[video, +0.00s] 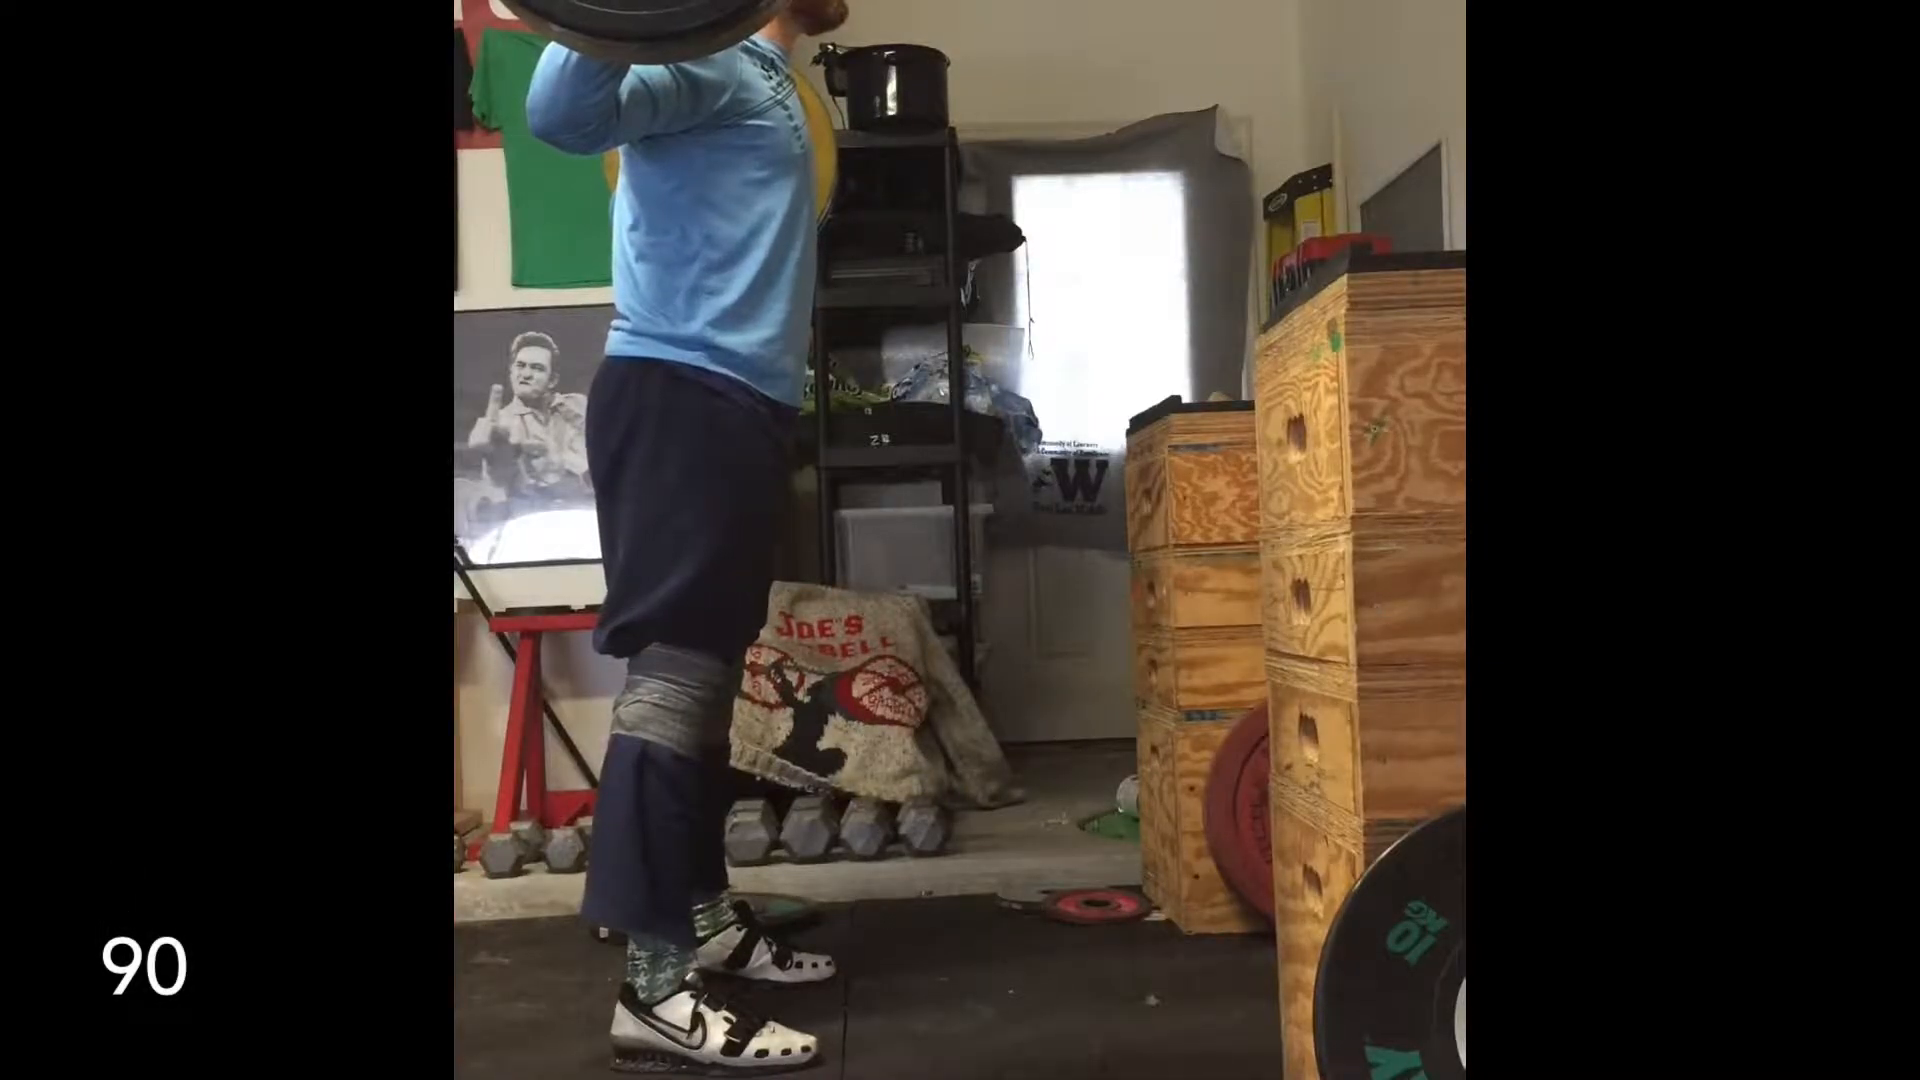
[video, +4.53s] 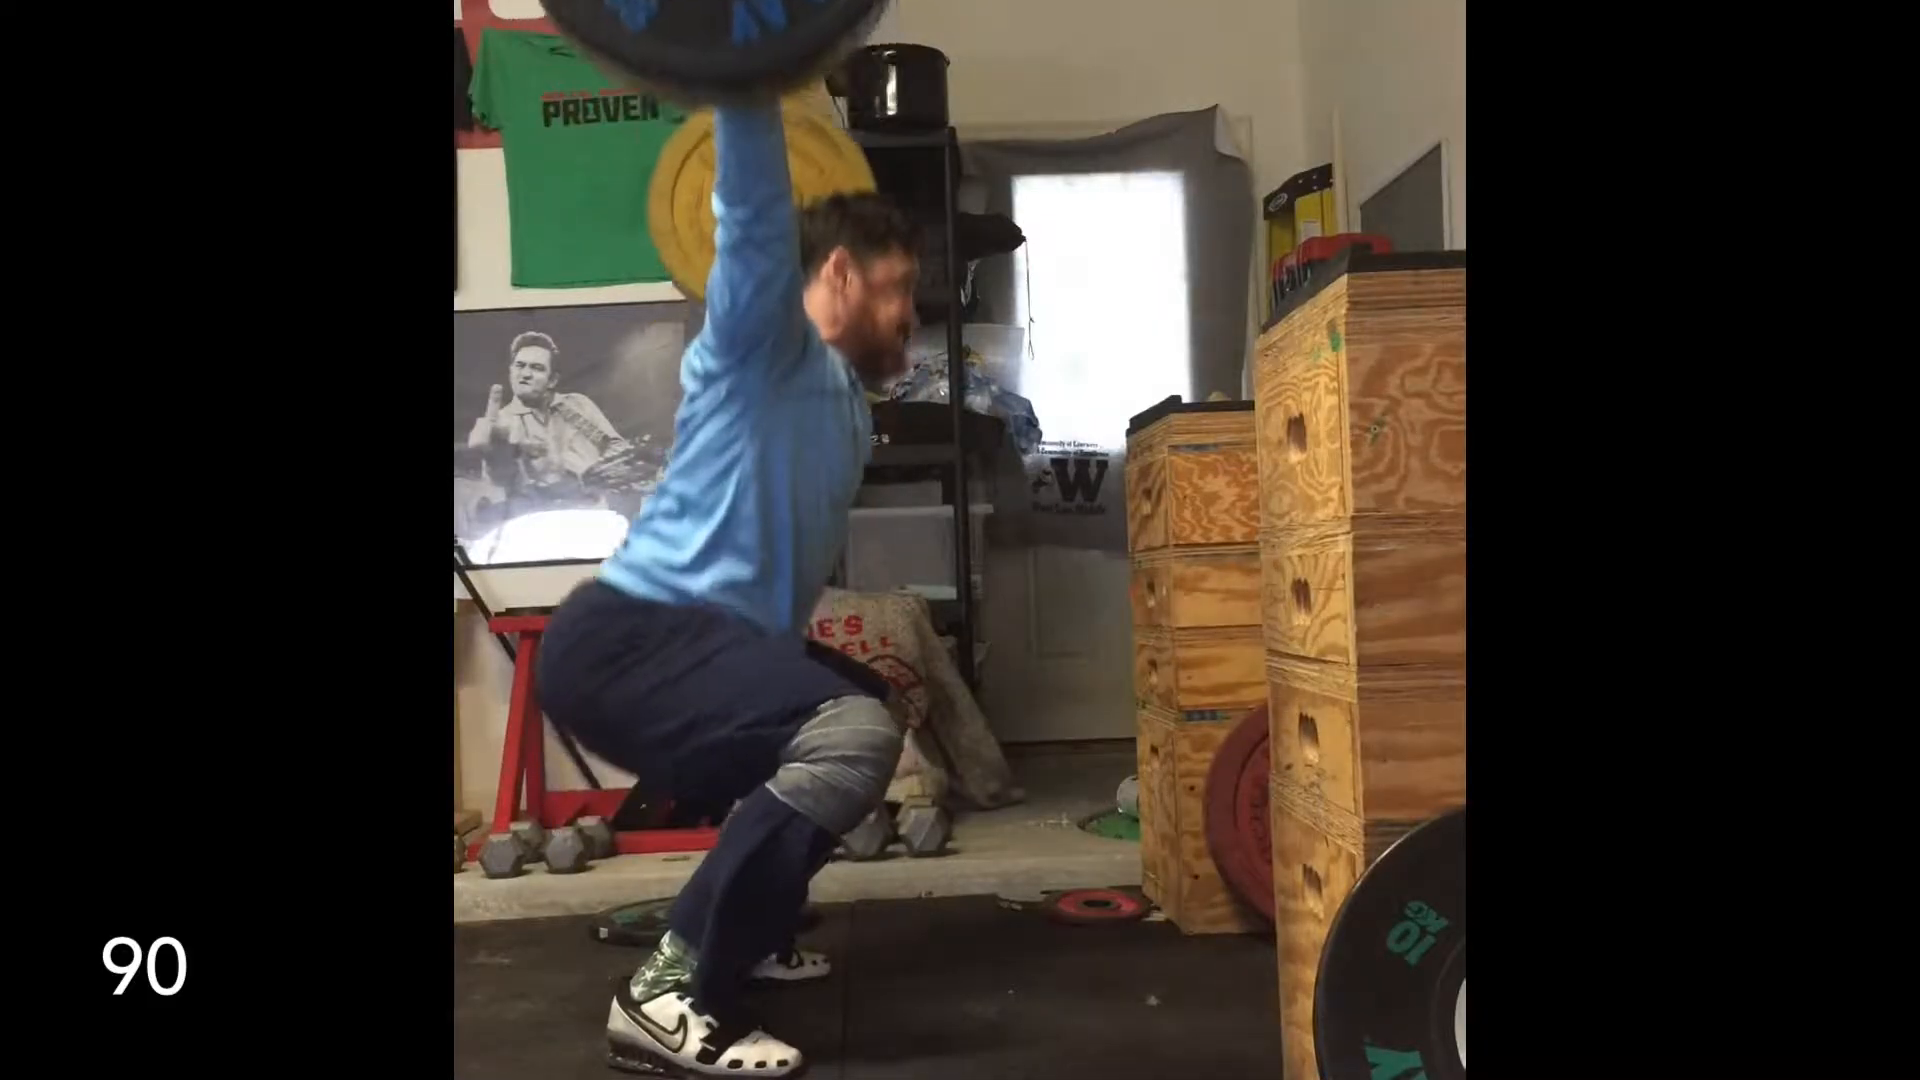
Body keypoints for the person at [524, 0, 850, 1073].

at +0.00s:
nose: (841, 7)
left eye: (839, 1)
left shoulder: (774, 81)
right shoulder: (708, 65)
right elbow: (558, 115)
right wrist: (619, 3)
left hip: (737, 406)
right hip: (682, 399)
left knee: (706, 671)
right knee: (676, 677)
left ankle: (702, 914)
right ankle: (656, 978)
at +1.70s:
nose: (861, 111)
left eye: (861, 91)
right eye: (845, 87)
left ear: (832, 111)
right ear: (787, 90)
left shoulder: (805, 208)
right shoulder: (727, 198)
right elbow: (580, 254)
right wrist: (651, 113)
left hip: (718, 499)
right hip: (663, 498)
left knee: (832, 691)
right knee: (836, 705)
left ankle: (732, 915)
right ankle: (669, 983)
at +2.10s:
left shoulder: (791, 66)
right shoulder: (727, 55)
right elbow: (609, 131)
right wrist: (640, 21)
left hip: (762, 393)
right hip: (701, 387)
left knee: (755, 658)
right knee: (746, 659)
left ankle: (705, 920)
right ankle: (659, 980)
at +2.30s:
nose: (878, 115)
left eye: (879, 94)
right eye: (866, 90)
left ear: (814, 89)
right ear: (805, 80)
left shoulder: (805, 196)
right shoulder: (733, 163)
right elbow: (678, 29)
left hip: (686, 488)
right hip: (631, 488)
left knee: (805, 684)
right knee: (799, 704)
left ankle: (713, 922)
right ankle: (664, 988)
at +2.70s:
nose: (877, 277)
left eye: (879, 257)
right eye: (867, 253)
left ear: (821, 247)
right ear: (804, 237)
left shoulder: (811, 348)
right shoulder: (734, 309)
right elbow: (727, 173)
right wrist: (717, 40)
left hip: (697, 613)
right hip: (614, 611)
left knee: (842, 703)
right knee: (827, 730)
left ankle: (739, 915)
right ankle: (665, 987)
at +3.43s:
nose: (905, 437)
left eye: (905, 417)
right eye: (892, 414)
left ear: (839, 409)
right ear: (832, 404)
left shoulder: (838, 513)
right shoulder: (756, 475)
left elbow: (772, 655)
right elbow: (756, 343)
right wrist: (737, 174)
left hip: (697, 760)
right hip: (615, 777)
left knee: (863, 712)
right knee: (851, 756)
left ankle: (749, 935)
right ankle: (674, 989)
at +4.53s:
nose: (907, 315)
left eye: (912, 294)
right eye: (894, 289)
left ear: (855, 288)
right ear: (833, 279)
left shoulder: (846, 402)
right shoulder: (756, 349)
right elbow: (752, 215)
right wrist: (740, 67)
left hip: (710, 646)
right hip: (626, 636)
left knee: (863, 722)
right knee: (846, 733)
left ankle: (752, 922)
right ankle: (669, 986)